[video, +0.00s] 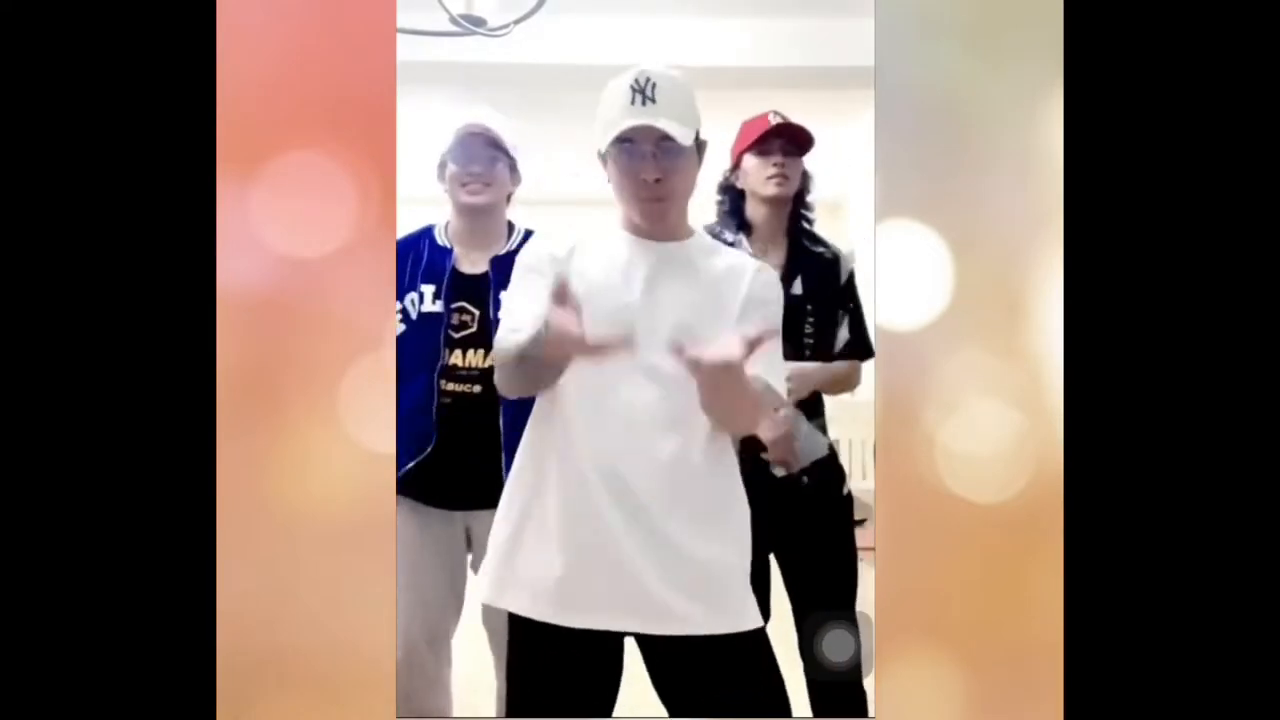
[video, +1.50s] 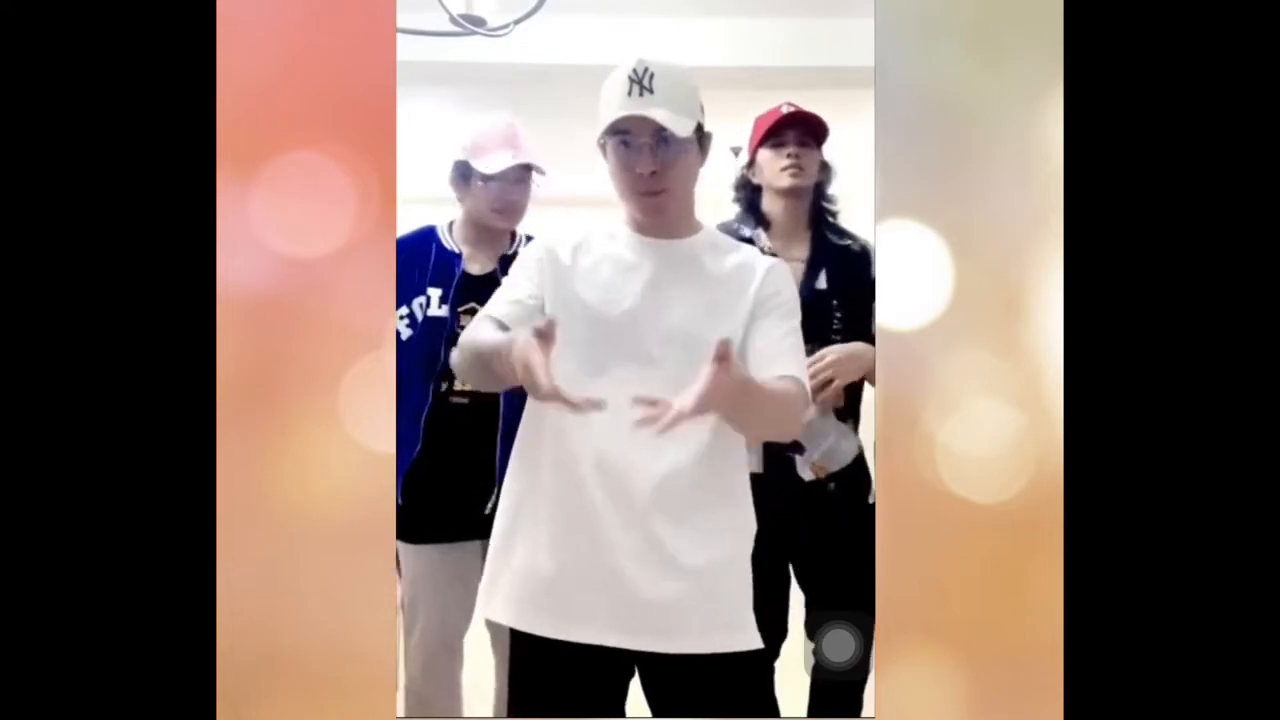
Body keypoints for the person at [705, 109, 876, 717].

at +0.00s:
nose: (781, 164)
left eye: (791, 155)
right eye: (766, 153)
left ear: (802, 172)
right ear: (737, 170)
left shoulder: (826, 262)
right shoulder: (704, 255)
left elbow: (850, 370)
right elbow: (687, 354)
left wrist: (811, 374)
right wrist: (753, 400)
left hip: (809, 466)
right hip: (725, 466)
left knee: (831, 644)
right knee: (733, 633)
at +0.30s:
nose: (771, 159)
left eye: (783, 149)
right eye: (759, 151)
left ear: (804, 164)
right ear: (740, 168)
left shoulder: (840, 255)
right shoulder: (717, 254)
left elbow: (858, 362)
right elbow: (694, 351)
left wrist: (780, 349)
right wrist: (756, 384)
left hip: (814, 471)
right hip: (728, 471)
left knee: (835, 642)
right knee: (731, 640)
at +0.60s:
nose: (782, 159)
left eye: (794, 150)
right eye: (768, 153)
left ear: (817, 166)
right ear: (749, 173)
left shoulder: (856, 250)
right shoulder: (728, 254)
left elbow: (878, 353)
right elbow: (708, 344)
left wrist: (798, 353)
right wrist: (759, 359)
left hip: (830, 470)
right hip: (743, 468)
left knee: (833, 639)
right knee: (754, 636)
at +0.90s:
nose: (796, 160)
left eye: (808, 149)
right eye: (783, 149)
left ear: (830, 160)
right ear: (758, 166)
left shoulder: (864, 245)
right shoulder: (741, 245)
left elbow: (897, 344)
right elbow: (744, 351)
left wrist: (798, 341)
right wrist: (844, 359)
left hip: (848, 473)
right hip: (761, 469)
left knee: (846, 635)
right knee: (763, 628)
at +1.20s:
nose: (799, 162)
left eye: (811, 152)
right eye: (782, 152)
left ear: (824, 169)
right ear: (755, 171)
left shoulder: (857, 259)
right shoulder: (726, 256)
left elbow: (901, 357)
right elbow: (728, 370)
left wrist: (830, 347)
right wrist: (841, 380)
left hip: (849, 480)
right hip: (764, 481)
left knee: (853, 646)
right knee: (775, 638)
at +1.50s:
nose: (794, 154)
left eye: (806, 145)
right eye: (778, 145)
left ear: (821, 164)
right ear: (751, 164)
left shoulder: (856, 258)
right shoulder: (717, 251)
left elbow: (913, 355)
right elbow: (691, 346)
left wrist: (868, 357)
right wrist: (762, 385)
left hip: (835, 478)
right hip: (745, 476)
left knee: (845, 650)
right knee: (749, 643)